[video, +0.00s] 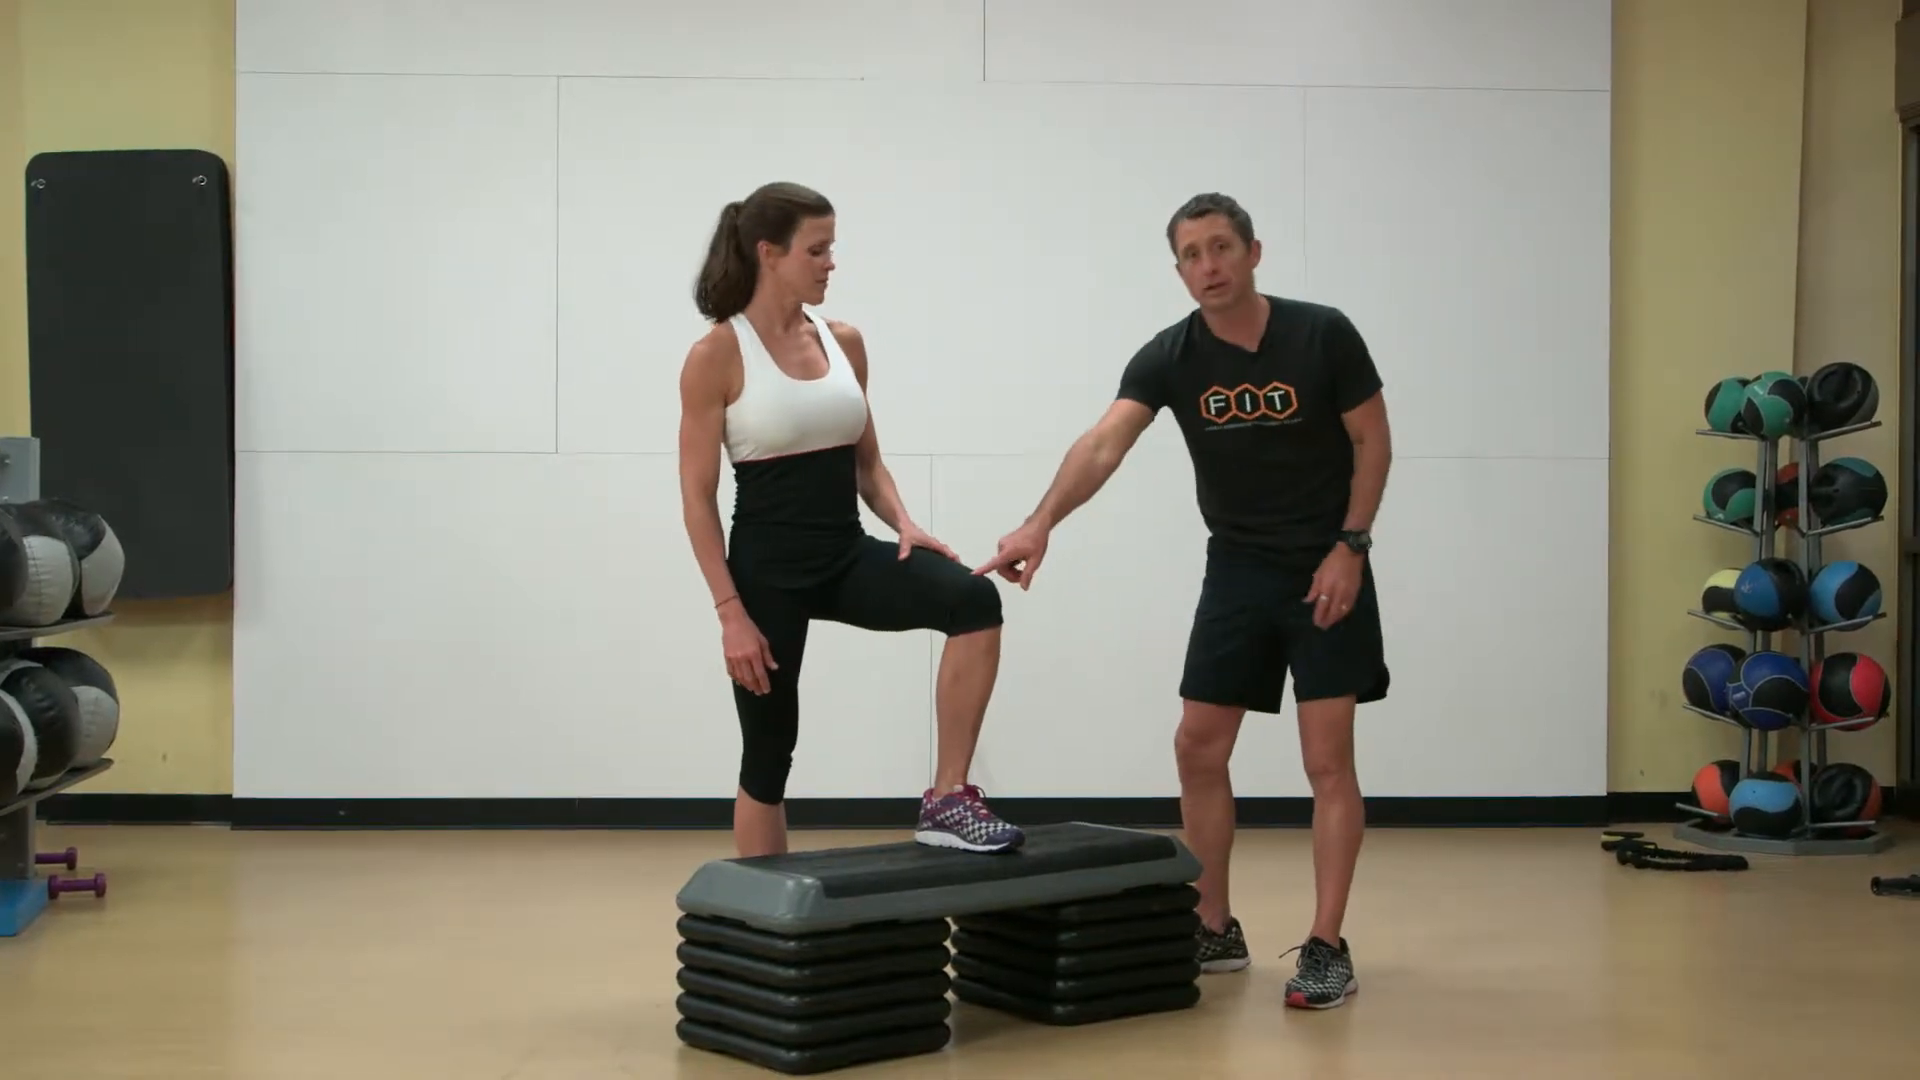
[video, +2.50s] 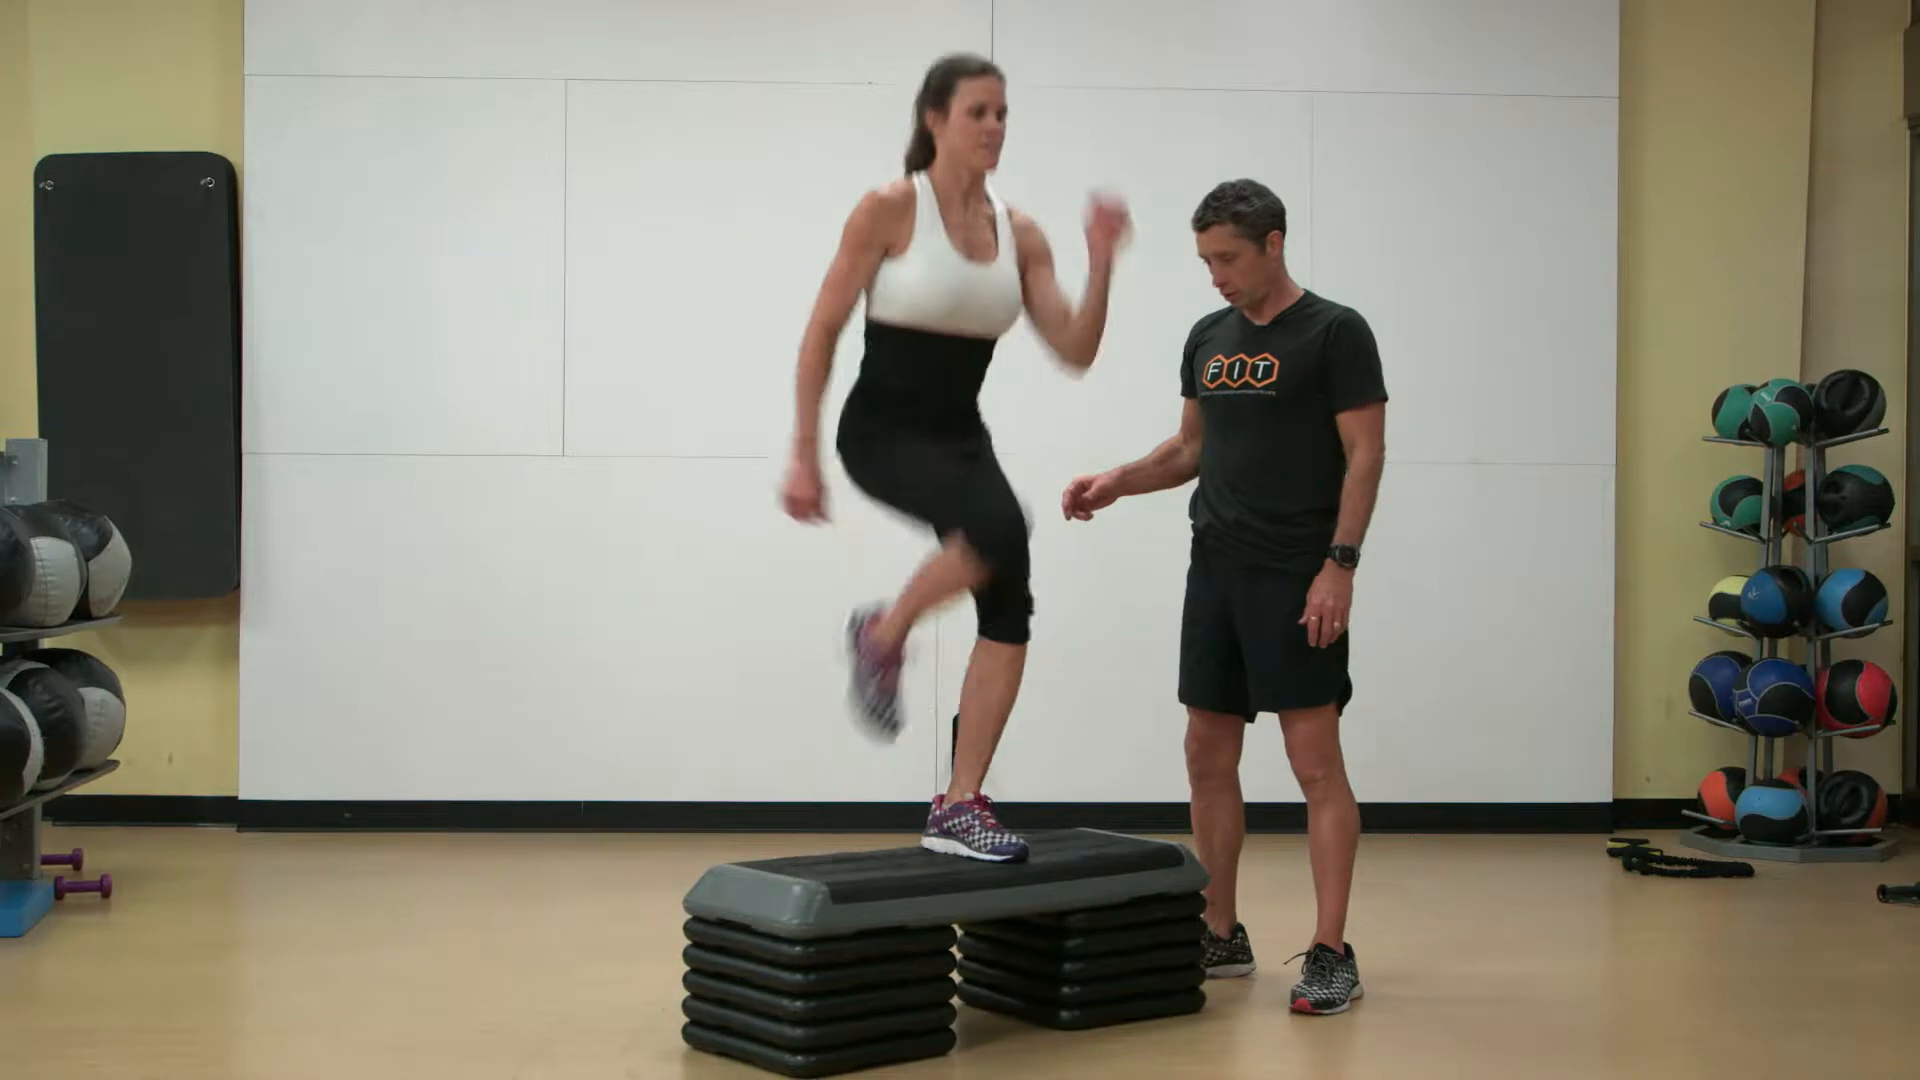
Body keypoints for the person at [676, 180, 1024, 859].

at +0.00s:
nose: (832, 262)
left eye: (832, 248)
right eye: (818, 249)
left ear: (794, 254)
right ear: (769, 253)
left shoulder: (842, 342)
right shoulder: (716, 357)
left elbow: (867, 462)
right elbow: (698, 500)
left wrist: (904, 523)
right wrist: (730, 612)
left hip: (845, 556)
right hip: (767, 568)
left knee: (974, 602)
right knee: (767, 760)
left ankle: (949, 797)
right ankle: (763, 929)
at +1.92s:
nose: (876, 267)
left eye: (882, 254)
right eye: (861, 253)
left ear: (885, 258)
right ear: (814, 254)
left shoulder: (891, 349)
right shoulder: (771, 355)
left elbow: (888, 470)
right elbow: (739, 493)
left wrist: (907, 593)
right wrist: (811, 527)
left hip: (877, 558)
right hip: (798, 569)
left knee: (986, 606)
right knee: (794, 765)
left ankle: (952, 800)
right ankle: (776, 934)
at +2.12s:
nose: (926, 272)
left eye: (931, 259)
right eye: (910, 259)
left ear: (935, 265)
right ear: (864, 267)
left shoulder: (939, 359)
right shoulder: (821, 358)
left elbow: (916, 483)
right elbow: (805, 489)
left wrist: (916, 598)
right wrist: (898, 431)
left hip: (900, 557)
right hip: (829, 564)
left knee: (1005, 617)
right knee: (831, 770)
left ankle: (954, 802)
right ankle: (783, 930)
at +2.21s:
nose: (953, 253)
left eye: (958, 239)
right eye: (937, 240)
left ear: (963, 246)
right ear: (891, 247)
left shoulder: (965, 340)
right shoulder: (851, 332)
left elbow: (945, 459)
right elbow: (836, 457)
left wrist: (950, 563)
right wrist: (930, 416)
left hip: (923, 540)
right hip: (848, 542)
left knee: (1019, 622)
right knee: (829, 741)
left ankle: (957, 803)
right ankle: (791, 916)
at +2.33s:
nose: (988, 194)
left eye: (992, 180)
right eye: (972, 181)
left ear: (993, 188)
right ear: (926, 188)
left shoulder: (1001, 291)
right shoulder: (885, 272)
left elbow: (998, 418)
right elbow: (845, 398)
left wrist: (1051, 493)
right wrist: (933, 453)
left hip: (946, 494)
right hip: (868, 493)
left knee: (1019, 619)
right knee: (878, 698)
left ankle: (957, 805)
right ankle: (806, 867)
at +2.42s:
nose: (997, 161)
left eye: (1002, 148)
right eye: (980, 148)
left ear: (1004, 159)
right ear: (935, 155)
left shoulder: (1012, 267)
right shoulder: (889, 244)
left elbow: (1038, 403)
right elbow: (834, 374)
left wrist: (1094, 395)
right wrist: (871, 476)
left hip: (950, 461)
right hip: (877, 460)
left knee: (1015, 615)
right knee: (947, 640)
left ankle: (959, 803)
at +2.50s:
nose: (997, 127)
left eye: (1002, 113)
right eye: (981, 113)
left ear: (1004, 124)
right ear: (935, 120)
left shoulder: (1018, 233)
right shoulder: (889, 210)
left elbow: (1075, 349)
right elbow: (823, 329)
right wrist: (804, 452)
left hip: (962, 433)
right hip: (882, 428)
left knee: (1010, 611)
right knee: (995, 529)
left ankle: (960, 804)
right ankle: (882, 632)